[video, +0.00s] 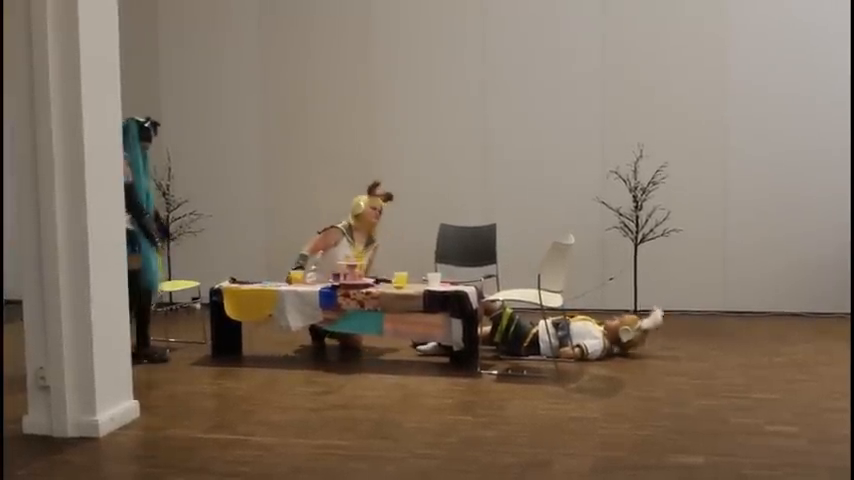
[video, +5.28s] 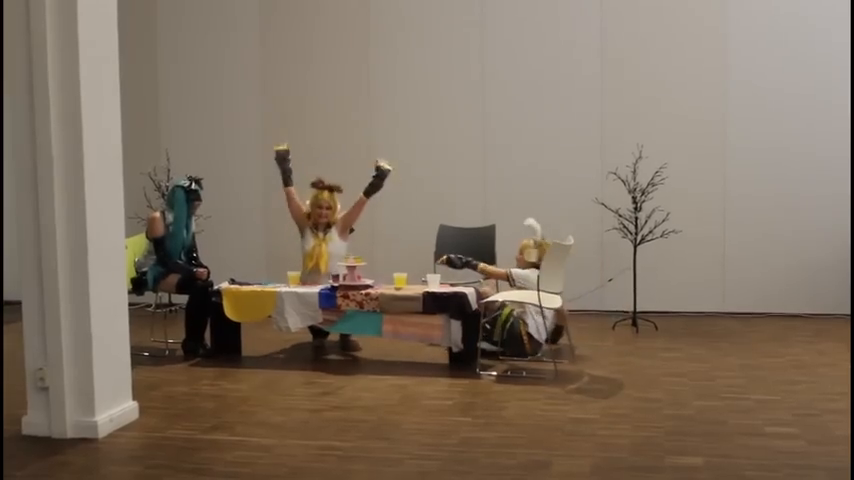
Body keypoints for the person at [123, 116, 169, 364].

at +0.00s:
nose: (150, 145)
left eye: (151, 140)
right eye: (147, 139)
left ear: (139, 137)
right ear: (137, 138)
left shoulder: (138, 161)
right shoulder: (127, 161)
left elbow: (145, 199)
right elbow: (134, 204)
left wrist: (160, 224)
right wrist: (154, 234)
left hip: (139, 235)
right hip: (131, 236)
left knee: (142, 291)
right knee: (143, 290)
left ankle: (142, 344)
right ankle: (143, 345)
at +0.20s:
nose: (153, 143)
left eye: (154, 138)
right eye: (149, 137)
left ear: (154, 139)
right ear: (137, 137)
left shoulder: (147, 163)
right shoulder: (130, 163)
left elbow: (156, 204)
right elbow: (143, 206)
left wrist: (168, 233)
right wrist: (160, 242)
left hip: (150, 233)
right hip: (136, 233)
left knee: (170, 279)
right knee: (155, 289)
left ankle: (145, 338)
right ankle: (144, 345)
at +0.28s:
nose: (155, 140)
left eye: (157, 135)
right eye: (151, 135)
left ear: (158, 137)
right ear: (140, 135)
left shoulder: (151, 161)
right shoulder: (133, 162)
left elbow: (160, 200)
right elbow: (145, 204)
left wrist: (172, 229)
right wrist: (162, 239)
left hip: (157, 230)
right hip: (139, 231)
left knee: (178, 277)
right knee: (151, 285)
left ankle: (167, 338)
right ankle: (144, 346)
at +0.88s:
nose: (188, 143)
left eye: (190, 139)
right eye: (184, 139)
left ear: (191, 140)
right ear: (173, 139)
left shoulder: (187, 162)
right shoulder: (158, 165)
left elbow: (198, 199)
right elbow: (163, 203)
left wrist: (209, 227)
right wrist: (174, 236)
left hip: (190, 231)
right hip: (170, 234)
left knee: (192, 285)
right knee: (188, 284)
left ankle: (189, 338)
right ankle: (178, 339)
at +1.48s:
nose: (194, 173)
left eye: (196, 169)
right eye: (191, 168)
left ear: (197, 170)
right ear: (180, 168)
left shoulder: (189, 191)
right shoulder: (162, 189)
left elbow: (187, 221)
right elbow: (146, 224)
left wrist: (185, 239)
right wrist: (168, 243)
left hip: (181, 251)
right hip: (160, 252)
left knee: (201, 287)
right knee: (189, 288)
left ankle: (191, 339)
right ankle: (178, 340)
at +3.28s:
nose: (186, 202)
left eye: (187, 198)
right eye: (182, 199)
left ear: (188, 200)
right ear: (172, 198)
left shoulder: (184, 218)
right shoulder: (153, 218)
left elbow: (190, 252)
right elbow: (165, 257)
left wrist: (201, 265)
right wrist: (193, 269)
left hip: (179, 267)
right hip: (158, 271)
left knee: (207, 284)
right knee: (200, 285)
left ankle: (200, 338)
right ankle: (193, 340)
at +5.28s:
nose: (195, 209)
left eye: (197, 205)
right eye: (193, 205)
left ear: (194, 204)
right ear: (181, 201)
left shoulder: (187, 222)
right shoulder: (158, 219)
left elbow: (192, 256)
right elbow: (164, 260)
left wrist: (201, 268)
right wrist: (192, 273)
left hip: (176, 269)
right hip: (155, 272)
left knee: (206, 286)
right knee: (197, 287)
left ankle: (198, 341)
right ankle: (191, 344)